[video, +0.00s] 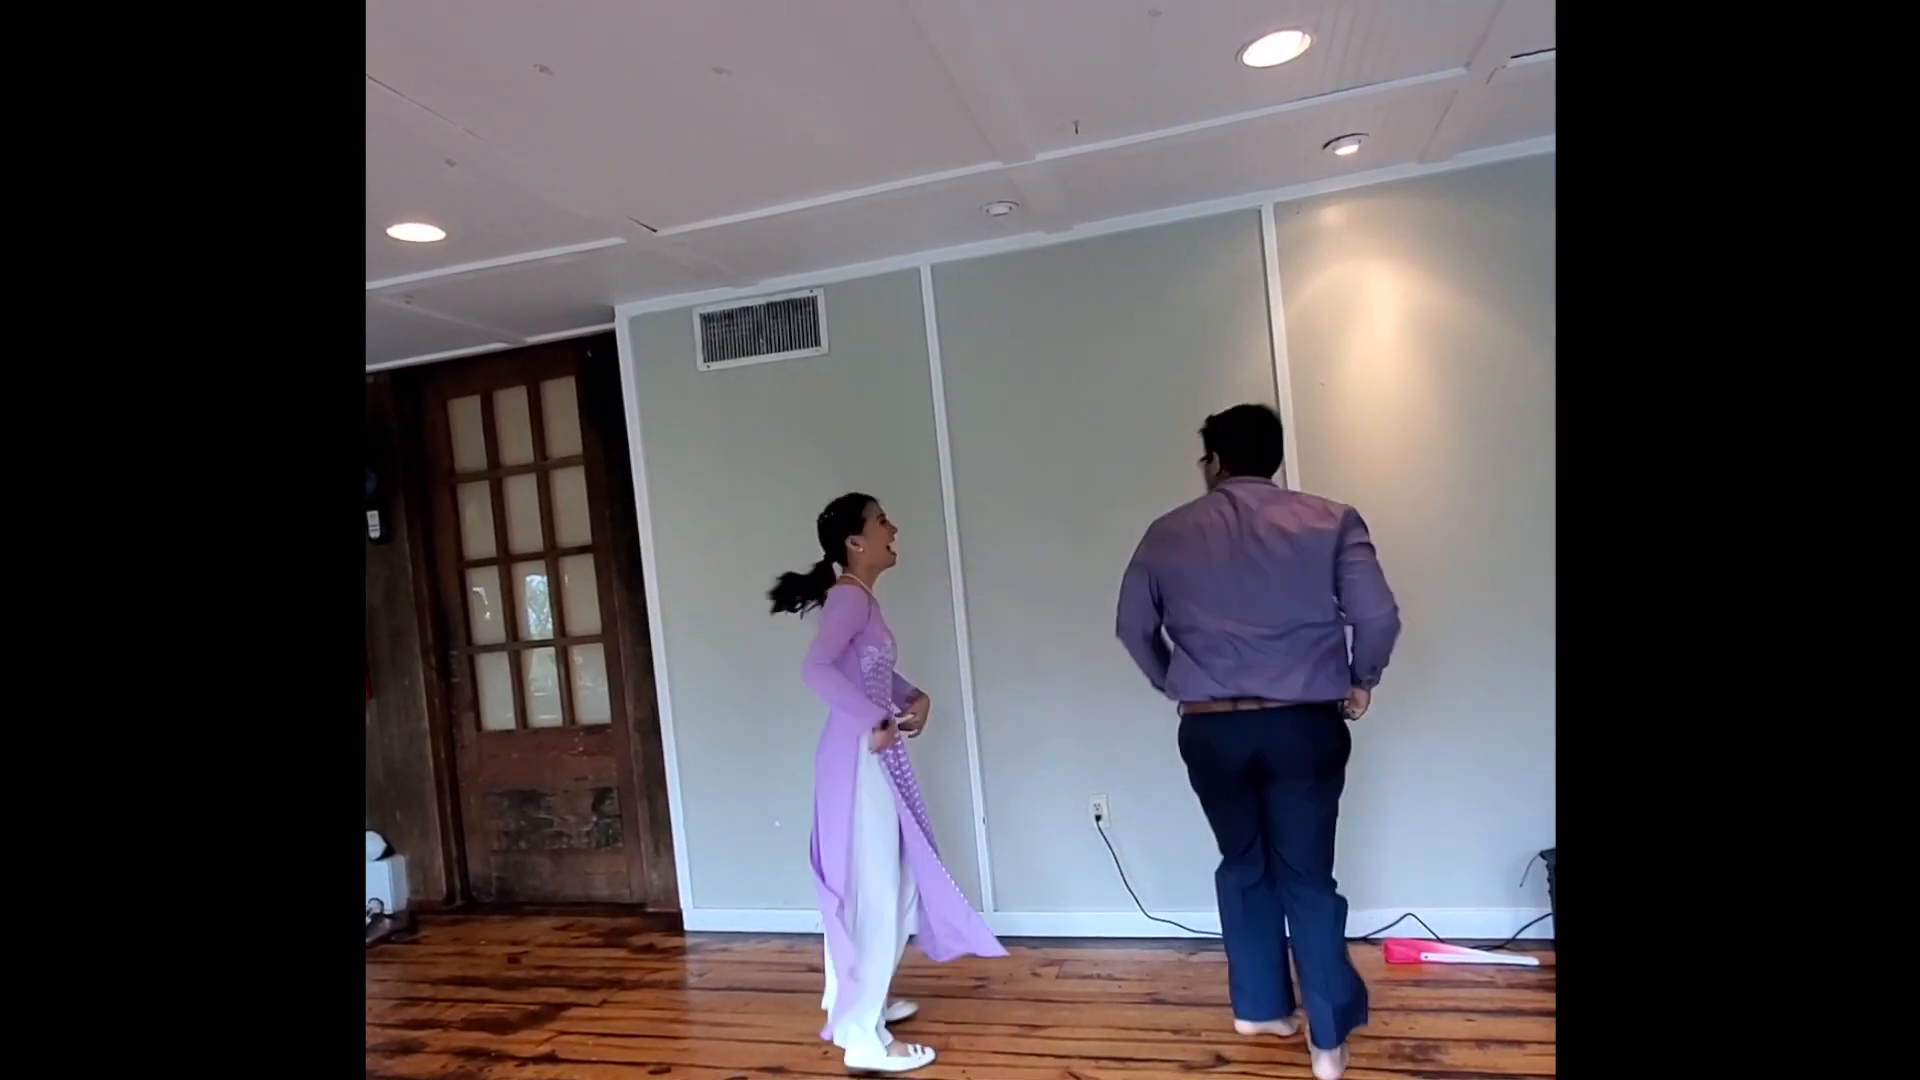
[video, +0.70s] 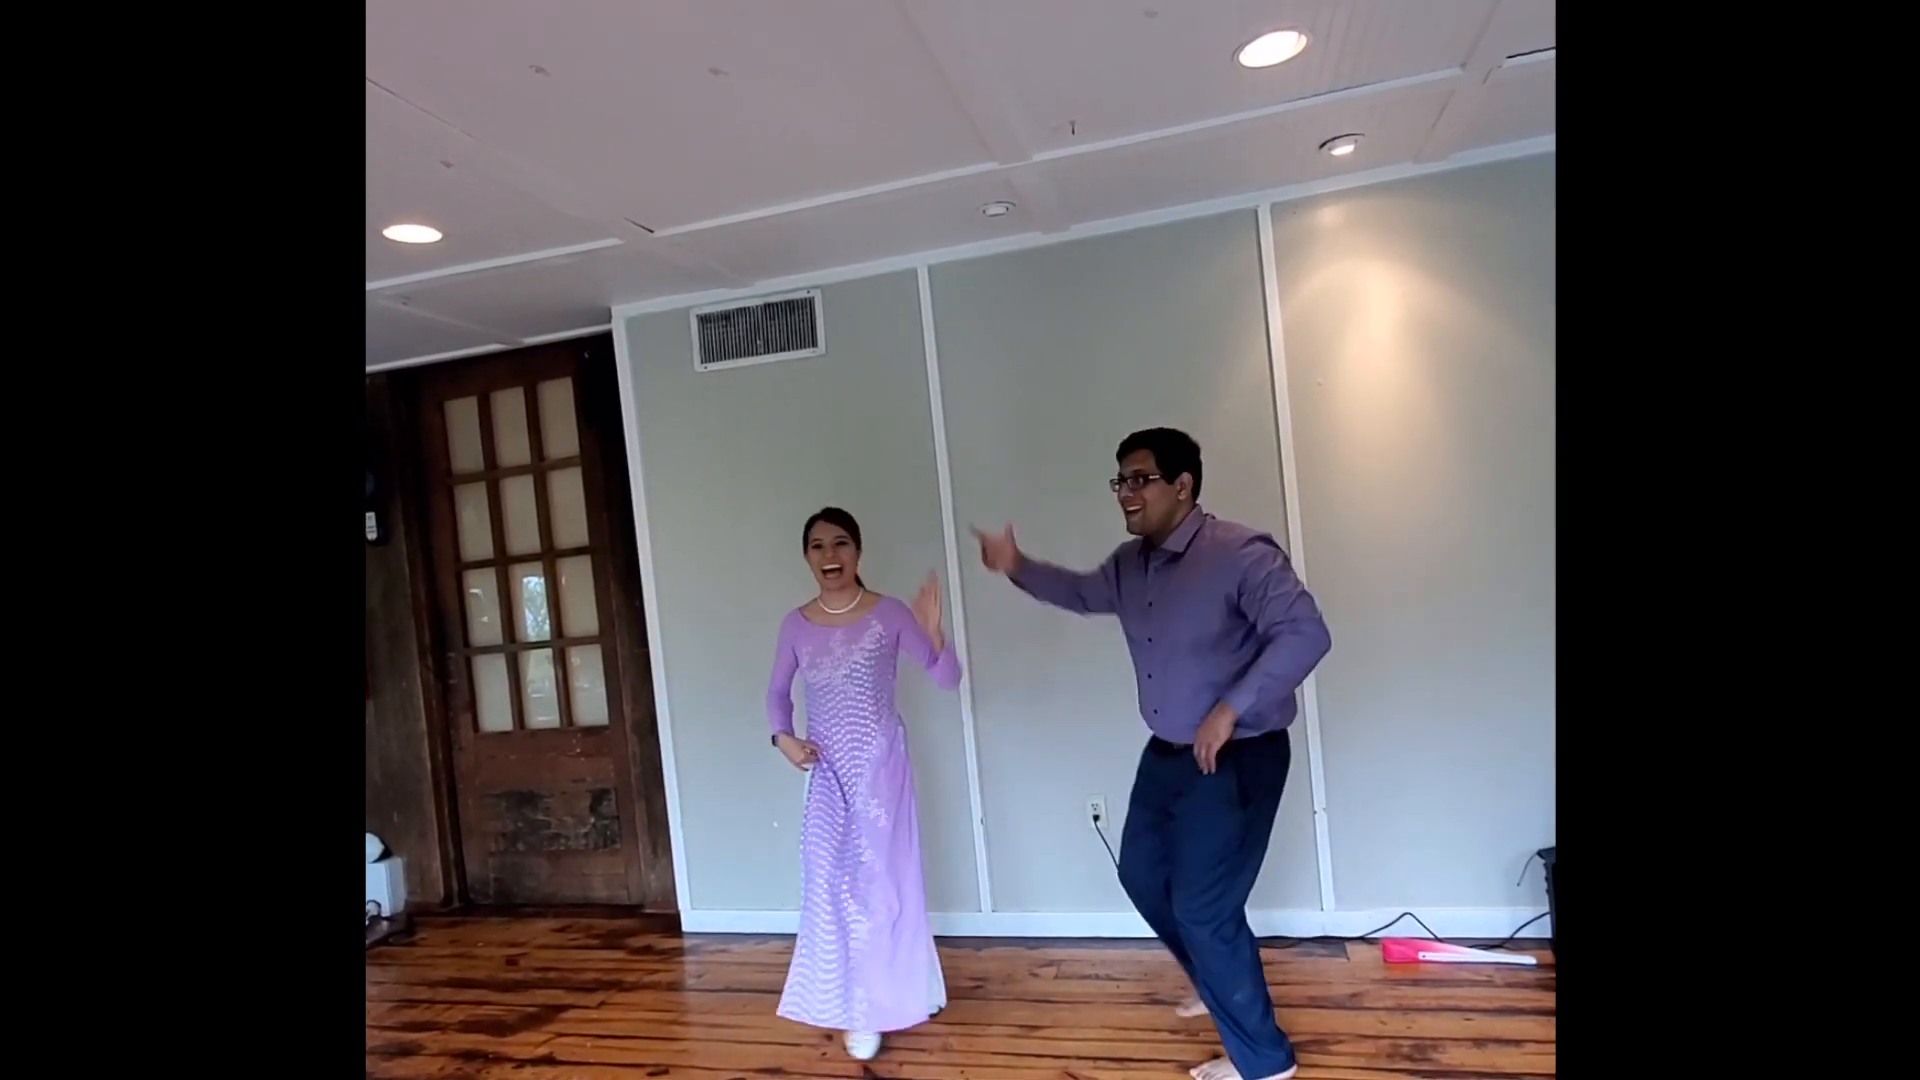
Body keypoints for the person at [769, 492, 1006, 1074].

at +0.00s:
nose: (894, 532)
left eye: (889, 524)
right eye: (883, 525)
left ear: (859, 542)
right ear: (855, 541)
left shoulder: (864, 600)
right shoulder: (850, 598)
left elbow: (875, 674)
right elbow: (818, 669)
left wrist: (918, 696)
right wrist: (874, 719)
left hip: (871, 756)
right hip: (859, 759)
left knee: (879, 884)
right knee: (874, 889)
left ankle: (861, 1002)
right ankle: (859, 1035)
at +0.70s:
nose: (830, 555)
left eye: (840, 544)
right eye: (818, 547)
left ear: (859, 550)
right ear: (806, 557)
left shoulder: (891, 613)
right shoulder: (797, 625)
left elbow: (947, 676)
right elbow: (778, 693)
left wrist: (934, 632)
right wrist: (785, 737)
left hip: (879, 769)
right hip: (826, 772)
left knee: (873, 886)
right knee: (832, 886)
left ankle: (868, 1013)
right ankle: (852, 1010)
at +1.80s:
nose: (816, 536)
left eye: (827, 530)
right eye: (808, 528)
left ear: (847, 544)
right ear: (796, 538)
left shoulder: (861, 594)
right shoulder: (778, 601)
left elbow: (823, 558)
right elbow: (749, 665)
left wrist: (774, 514)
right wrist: (748, 712)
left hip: (852, 747)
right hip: (797, 752)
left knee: (880, 870)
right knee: (801, 874)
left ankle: (925, 988)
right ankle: (804, 998)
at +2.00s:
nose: (854, 543)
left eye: (866, 536)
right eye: (846, 536)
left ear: (885, 550)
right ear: (834, 550)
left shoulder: (890, 609)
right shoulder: (820, 621)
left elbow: (819, 633)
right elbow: (807, 690)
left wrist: (761, 577)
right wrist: (796, 723)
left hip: (887, 755)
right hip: (832, 758)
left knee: (896, 880)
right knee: (754, 845)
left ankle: (924, 1001)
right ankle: (828, 942)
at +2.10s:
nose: (878, 551)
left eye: (890, 548)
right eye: (870, 542)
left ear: (900, 567)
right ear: (850, 556)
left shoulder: (898, 621)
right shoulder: (835, 624)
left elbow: (812, 647)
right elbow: (827, 696)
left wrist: (780, 585)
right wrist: (811, 732)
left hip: (891, 765)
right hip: (842, 765)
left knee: (895, 881)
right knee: (756, 836)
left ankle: (924, 993)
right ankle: (841, 900)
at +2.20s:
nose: (895, 548)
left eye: (906, 545)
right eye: (887, 538)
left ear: (910, 564)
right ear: (862, 549)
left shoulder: (900, 608)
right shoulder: (840, 611)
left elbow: (817, 624)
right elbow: (829, 687)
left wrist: (781, 567)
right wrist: (814, 721)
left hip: (893, 754)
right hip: (844, 756)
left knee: (902, 871)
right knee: (763, 843)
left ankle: (923, 990)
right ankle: (846, 923)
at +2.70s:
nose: (843, 543)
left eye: (857, 538)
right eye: (846, 535)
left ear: (885, 559)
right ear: (854, 553)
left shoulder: (881, 605)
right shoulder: (850, 610)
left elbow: (797, 587)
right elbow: (837, 688)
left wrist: (748, 524)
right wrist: (809, 724)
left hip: (882, 751)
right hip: (841, 756)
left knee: (894, 871)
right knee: (785, 868)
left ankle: (920, 988)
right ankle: (810, 974)